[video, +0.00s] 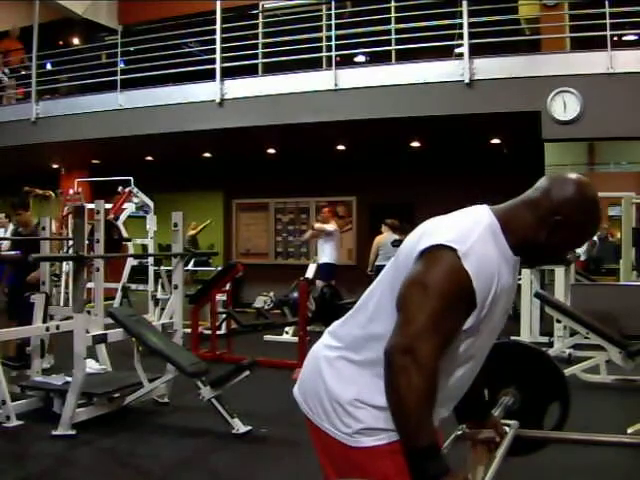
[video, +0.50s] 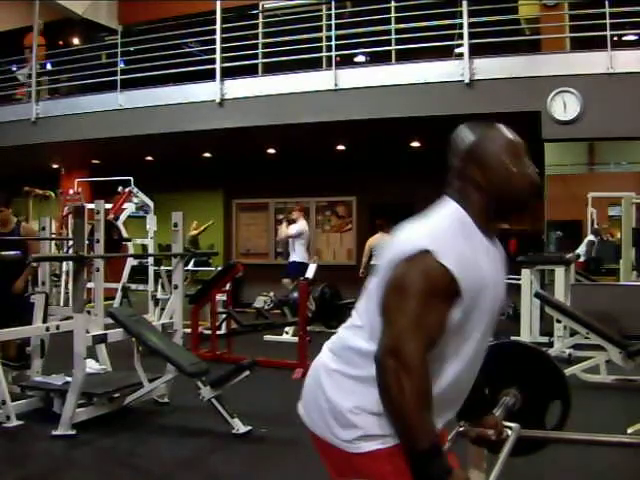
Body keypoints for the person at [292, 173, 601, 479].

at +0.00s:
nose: (569, 254)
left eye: (577, 246)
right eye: (574, 243)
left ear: (545, 212)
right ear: (553, 224)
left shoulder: (497, 250)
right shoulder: (463, 252)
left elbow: (457, 342)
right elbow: (408, 355)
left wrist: (474, 415)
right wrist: (429, 463)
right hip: (355, 403)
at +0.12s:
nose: (570, 254)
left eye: (578, 245)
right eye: (575, 242)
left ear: (542, 212)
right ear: (553, 225)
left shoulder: (499, 253)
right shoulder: (461, 256)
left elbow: (453, 345)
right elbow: (407, 355)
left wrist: (473, 413)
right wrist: (432, 464)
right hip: (355, 402)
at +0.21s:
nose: (576, 250)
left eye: (581, 239)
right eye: (578, 237)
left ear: (530, 208)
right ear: (549, 227)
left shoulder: (495, 257)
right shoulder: (462, 261)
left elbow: (441, 351)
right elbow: (404, 357)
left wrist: (468, 417)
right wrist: (432, 464)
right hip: (351, 402)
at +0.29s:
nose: (580, 236)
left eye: (581, 221)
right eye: (576, 220)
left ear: (520, 206)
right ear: (539, 218)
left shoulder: (495, 255)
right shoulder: (463, 261)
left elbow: (448, 348)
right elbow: (405, 359)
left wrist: (475, 413)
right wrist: (430, 462)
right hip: (351, 404)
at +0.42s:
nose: (558, 204)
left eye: (556, 191)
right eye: (549, 190)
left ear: (510, 195)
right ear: (512, 194)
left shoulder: (496, 252)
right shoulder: (455, 258)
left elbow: (445, 346)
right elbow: (402, 359)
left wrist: (472, 412)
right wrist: (429, 464)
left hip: (396, 400)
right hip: (351, 408)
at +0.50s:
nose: (534, 174)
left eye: (528, 161)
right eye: (518, 160)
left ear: (474, 172)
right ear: (472, 170)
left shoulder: (486, 246)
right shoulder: (435, 250)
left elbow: (442, 349)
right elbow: (398, 360)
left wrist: (469, 416)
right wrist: (432, 461)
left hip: (409, 406)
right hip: (356, 412)